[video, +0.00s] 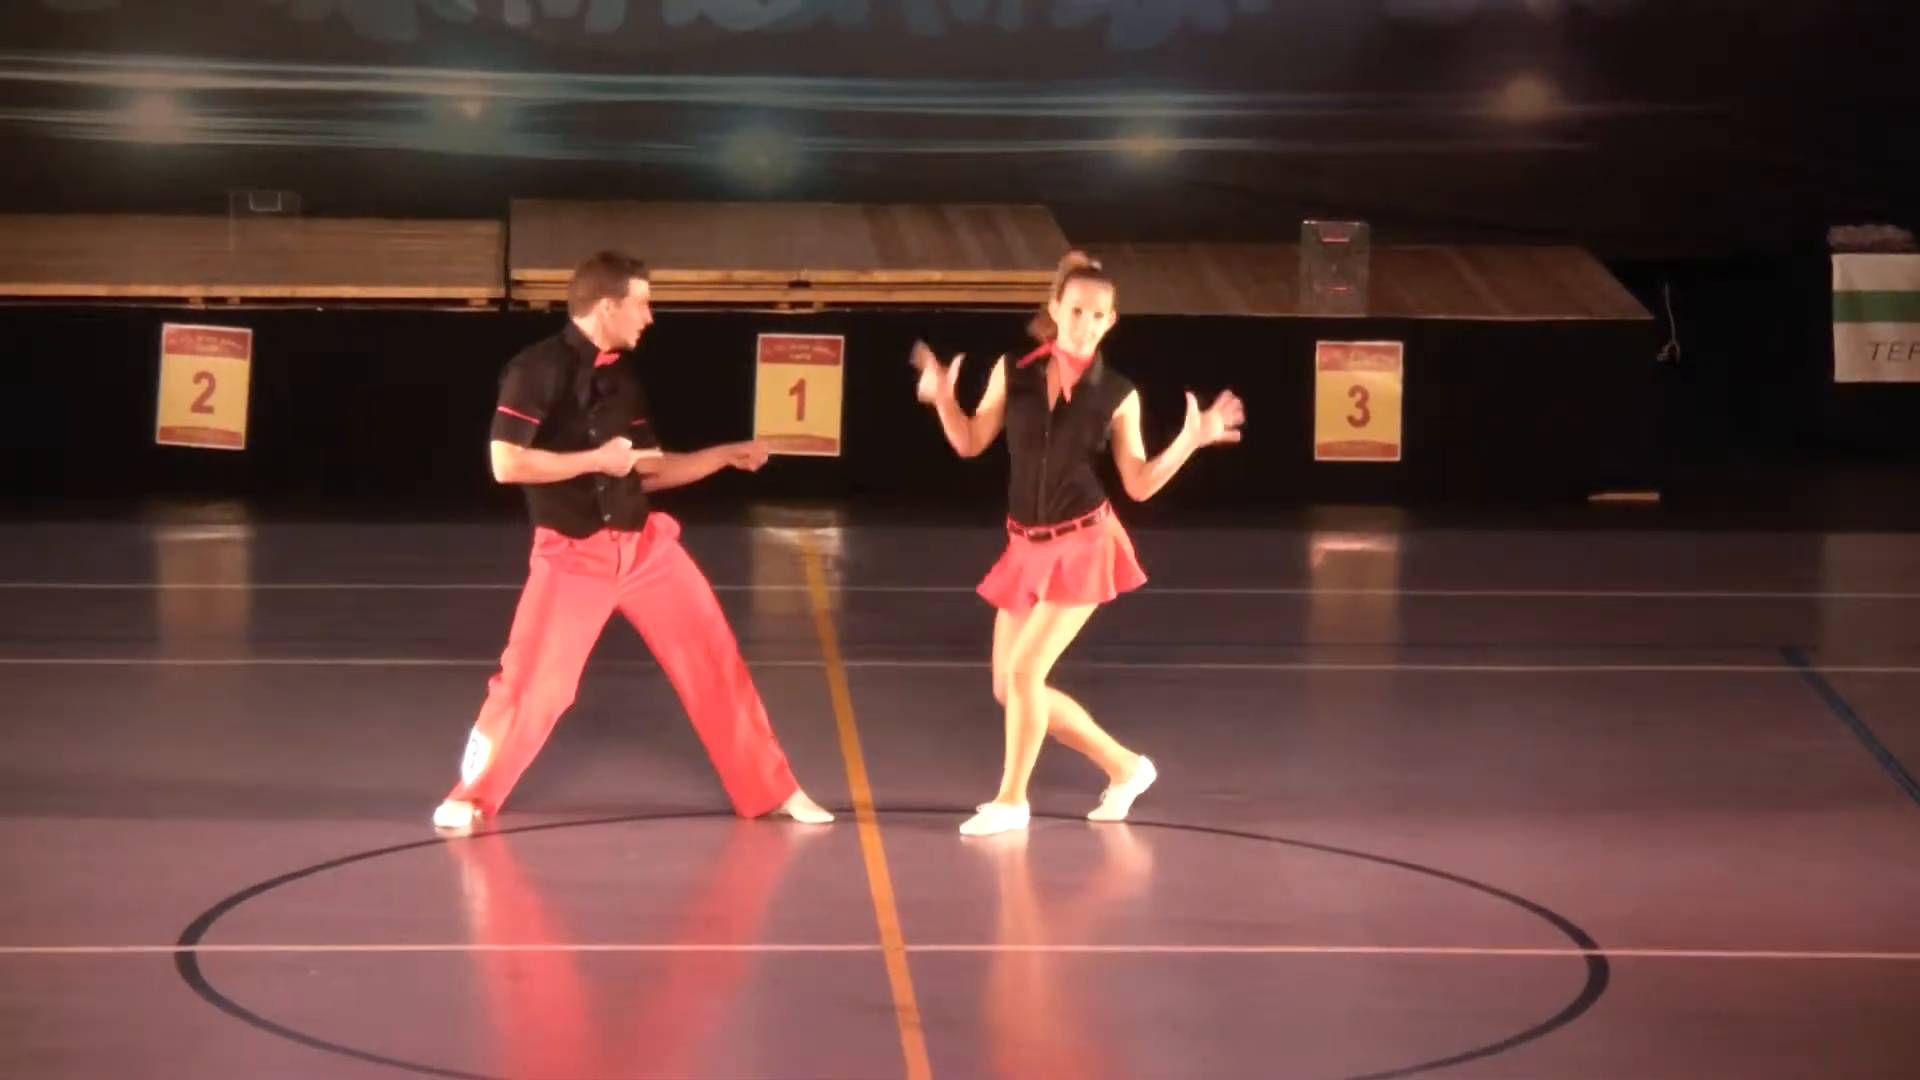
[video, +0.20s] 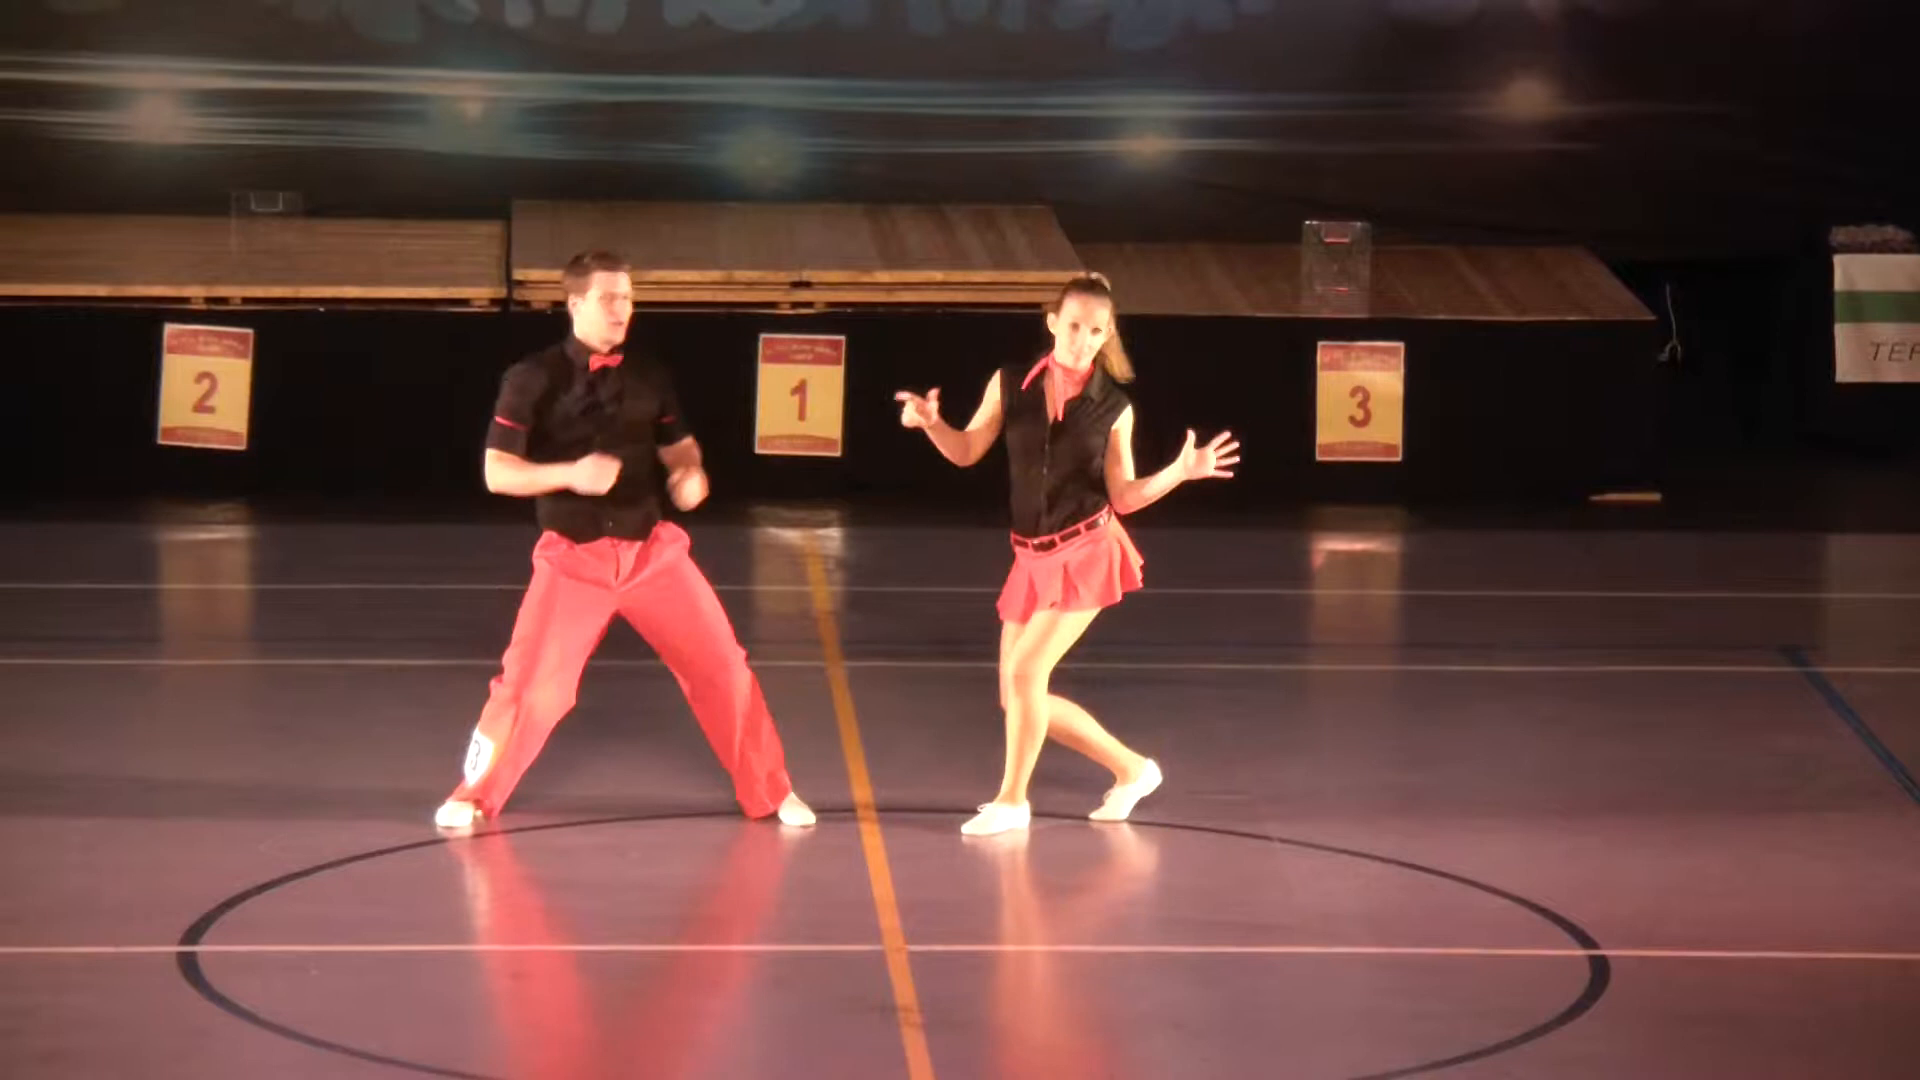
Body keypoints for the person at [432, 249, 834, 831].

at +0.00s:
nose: (647, 318)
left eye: (647, 306)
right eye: (640, 305)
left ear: (610, 307)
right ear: (603, 306)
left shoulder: (621, 373)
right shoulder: (537, 369)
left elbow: (650, 472)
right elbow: (506, 463)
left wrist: (727, 455)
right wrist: (595, 459)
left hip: (648, 547)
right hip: (570, 557)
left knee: (716, 660)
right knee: (533, 683)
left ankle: (773, 790)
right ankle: (469, 800)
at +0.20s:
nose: (620, 312)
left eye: (626, 300)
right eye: (607, 300)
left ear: (632, 305)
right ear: (573, 303)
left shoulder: (648, 375)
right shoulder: (533, 378)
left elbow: (682, 455)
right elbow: (498, 472)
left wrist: (689, 481)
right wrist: (570, 473)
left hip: (656, 557)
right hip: (571, 562)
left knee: (724, 667)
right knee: (532, 684)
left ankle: (770, 792)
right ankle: (473, 799)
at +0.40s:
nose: (615, 286)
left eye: (625, 275)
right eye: (604, 275)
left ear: (643, 283)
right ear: (587, 284)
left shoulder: (661, 361)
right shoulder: (558, 335)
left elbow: (686, 434)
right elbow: (498, 372)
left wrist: (671, 481)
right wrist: (533, 292)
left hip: (648, 537)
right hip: (568, 537)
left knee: (710, 660)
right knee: (529, 666)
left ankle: (763, 791)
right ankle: (470, 795)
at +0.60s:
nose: (621, 295)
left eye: (632, 284)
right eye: (611, 284)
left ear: (652, 297)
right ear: (594, 295)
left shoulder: (667, 375)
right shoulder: (564, 348)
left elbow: (705, 473)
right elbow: (488, 358)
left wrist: (678, 461)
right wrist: (521, 284)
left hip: (651, 553)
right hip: (570, 549)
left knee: (726, 647)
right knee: (525, 666)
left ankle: (733, 786)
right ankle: (453, 795)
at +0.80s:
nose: (610, 290)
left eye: (622, 280)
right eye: (601, 278)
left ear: (641, 291)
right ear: (586, 286)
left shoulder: (663, 347)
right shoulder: (565, 367)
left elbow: (742, 354)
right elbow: (552, 449)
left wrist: (715, 272)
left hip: (652, 541)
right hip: (575, 542)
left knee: (702, 662)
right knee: (507, 659)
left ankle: (771, 778)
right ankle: (496, 798)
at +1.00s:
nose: (618, 281)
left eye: (629, 269)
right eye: (607, 269)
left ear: (650, 277)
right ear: (593, 277)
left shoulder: (677, 347)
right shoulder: (565, 344)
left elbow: (724, 430)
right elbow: (525, 421)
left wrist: (699, 465)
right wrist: (540, 342)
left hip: (665, 529)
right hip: (584, 530)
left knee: (725, 648)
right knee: (541, 658)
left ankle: (751, 779)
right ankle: (470, 789)